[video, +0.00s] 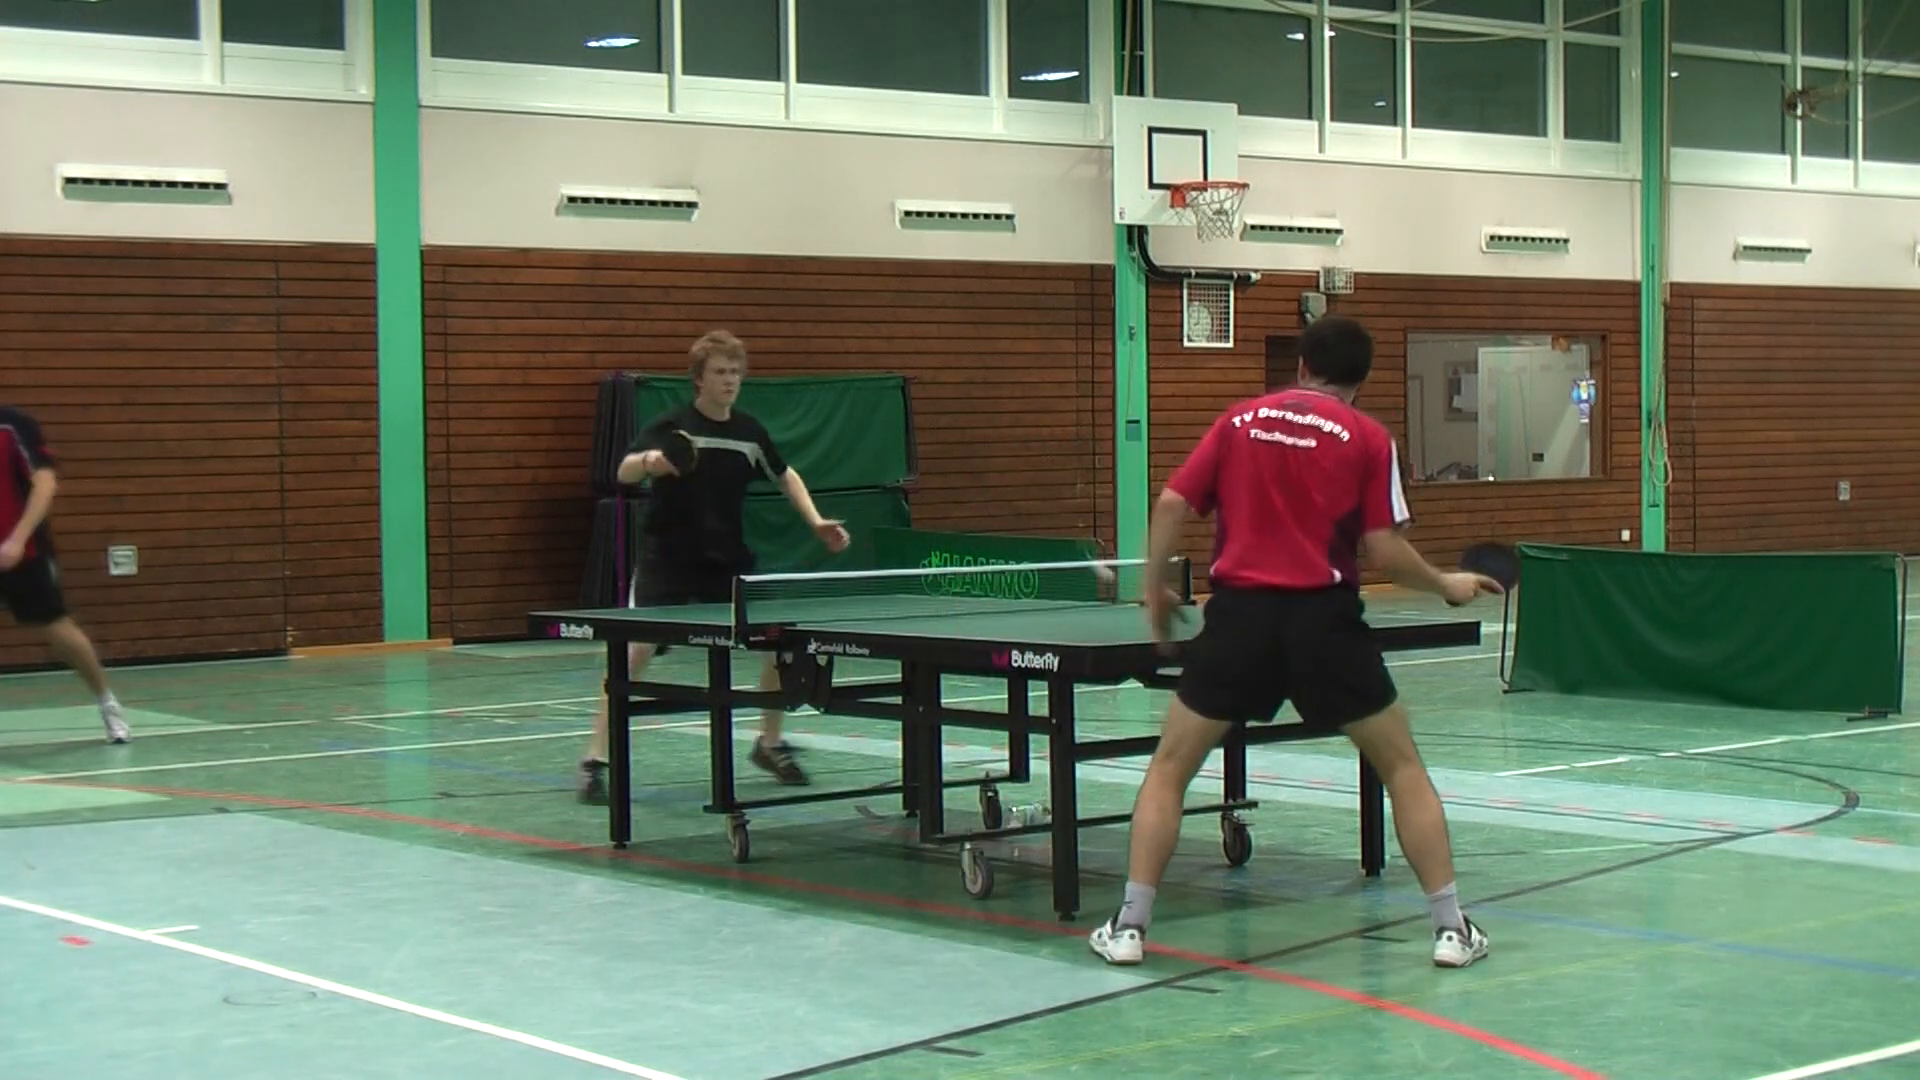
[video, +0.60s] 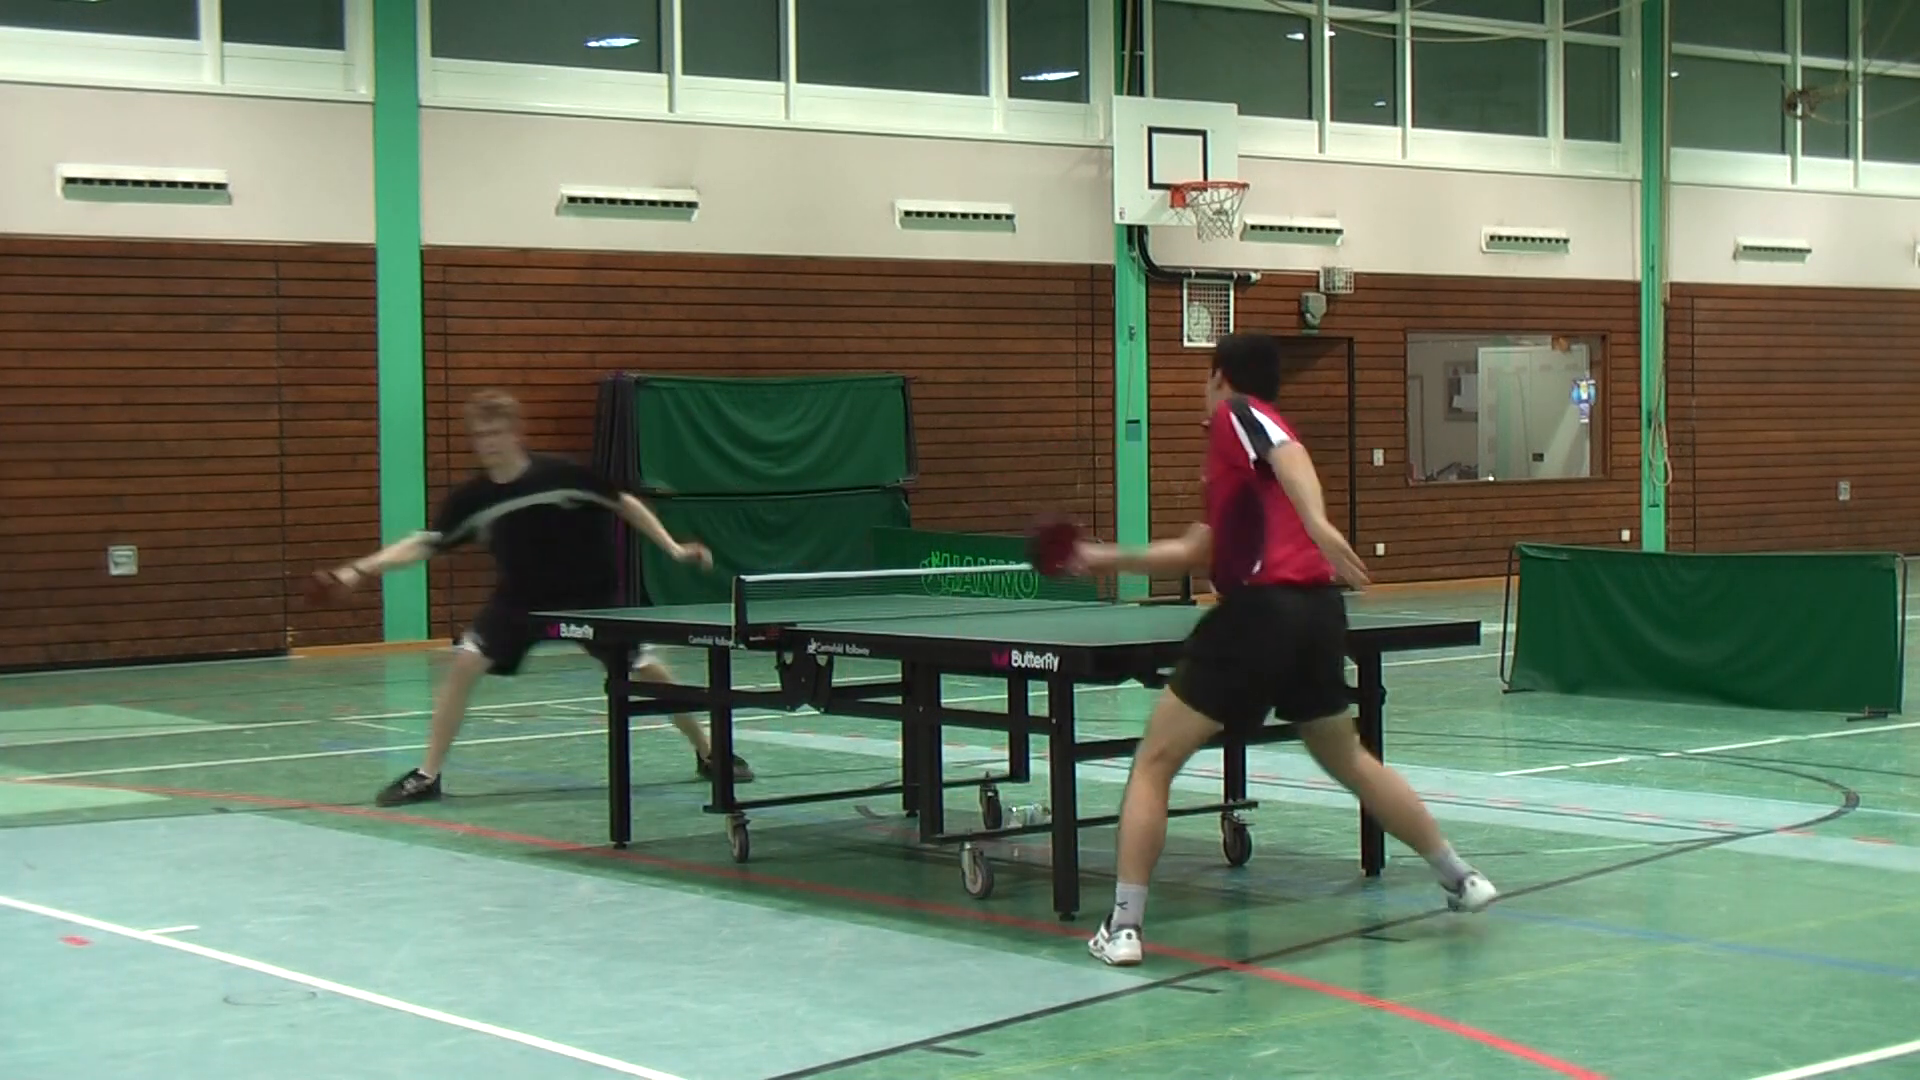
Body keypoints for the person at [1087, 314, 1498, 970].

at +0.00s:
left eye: (1308, 363)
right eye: (1358, 381)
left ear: (1302, 365)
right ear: (1362, 379)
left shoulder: (1241, 416)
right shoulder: (1369, 437)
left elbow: (1172, 504)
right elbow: (1384, 551)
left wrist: (1156, 586)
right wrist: (1444, 583)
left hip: (1235, 624)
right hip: (1325, 627)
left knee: (1170, 767)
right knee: (1401, 767)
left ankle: (1129, 925)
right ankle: (1451, 927)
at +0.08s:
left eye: (1285, 371)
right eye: (1350, 393)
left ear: (1288, 373)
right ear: (1349, 389)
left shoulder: (1224, 421)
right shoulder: (1356, 449)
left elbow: (1149, 493)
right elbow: (1374, 566)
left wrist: (1110, 550)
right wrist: (1430, 591)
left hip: (1219, 627)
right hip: (1310, 630)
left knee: (1160, 769)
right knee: (1384, 766)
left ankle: (1126, 926)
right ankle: (1450, 926)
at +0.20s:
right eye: (1324, 386)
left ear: (1265, 375)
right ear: (1324, 391)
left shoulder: (1215, 411)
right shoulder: (1328, 463)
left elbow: (1131, 457)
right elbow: (1325, 569)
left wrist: (1050, 510)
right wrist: (1360, 573)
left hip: (1197, 618)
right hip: (1282, 628)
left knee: (1143, 767)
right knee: (1356, 776)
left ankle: (1122, 928)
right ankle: (1443, 926)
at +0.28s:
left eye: (1247, 371)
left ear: (1249, 377)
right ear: (1304, 396)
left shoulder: (1224, 411)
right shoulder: (1298, 454)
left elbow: (1141, 442)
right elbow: (1260, 536)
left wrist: (1049, 476)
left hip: (1200, 606)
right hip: (1280, 615)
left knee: (1136, 762)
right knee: (1338, 778)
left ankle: (1122, 928)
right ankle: (1436, 925)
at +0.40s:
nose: (1209, 394)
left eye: (1215, 385)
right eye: (1216, 387)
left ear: (1229, 386)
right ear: (1271, 397)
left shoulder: (1241, 409)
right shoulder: (1231, 475)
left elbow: (1212, 436)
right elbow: (1128, 513)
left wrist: (1117, 470)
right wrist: (1041, 484)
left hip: (1216, 600)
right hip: (1287, 608)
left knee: (1139, 759)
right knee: (1318, 778)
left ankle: (1122, 927)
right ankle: (1428, 912)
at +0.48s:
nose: (1198, 390)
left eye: (1201, 381)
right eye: (1203, 382)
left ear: (1210, 385)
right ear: (1261, 391)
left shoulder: (1226, 406)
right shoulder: (1242, 458)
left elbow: (1253, 437)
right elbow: (1128, 521)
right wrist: (1036, 493)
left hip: (1232, 604)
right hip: (1298, 608)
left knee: (1143, 760)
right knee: (1315, 769)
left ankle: (1123, 928)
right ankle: (1435, 875)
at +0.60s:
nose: (1205, 389)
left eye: (1208, 379)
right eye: (1209, 380)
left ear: (1222, 380)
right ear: (1262, 385)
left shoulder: (1236, 411)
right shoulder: (1253, 436)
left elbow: (1287, 454)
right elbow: (1200, 549)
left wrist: (1318, 526)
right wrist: (1108, 557)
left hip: (1256, 616)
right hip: (1317, 615)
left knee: (1155, 764)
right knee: (1350, 760)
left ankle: (1124, 928)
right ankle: (1460, 877)